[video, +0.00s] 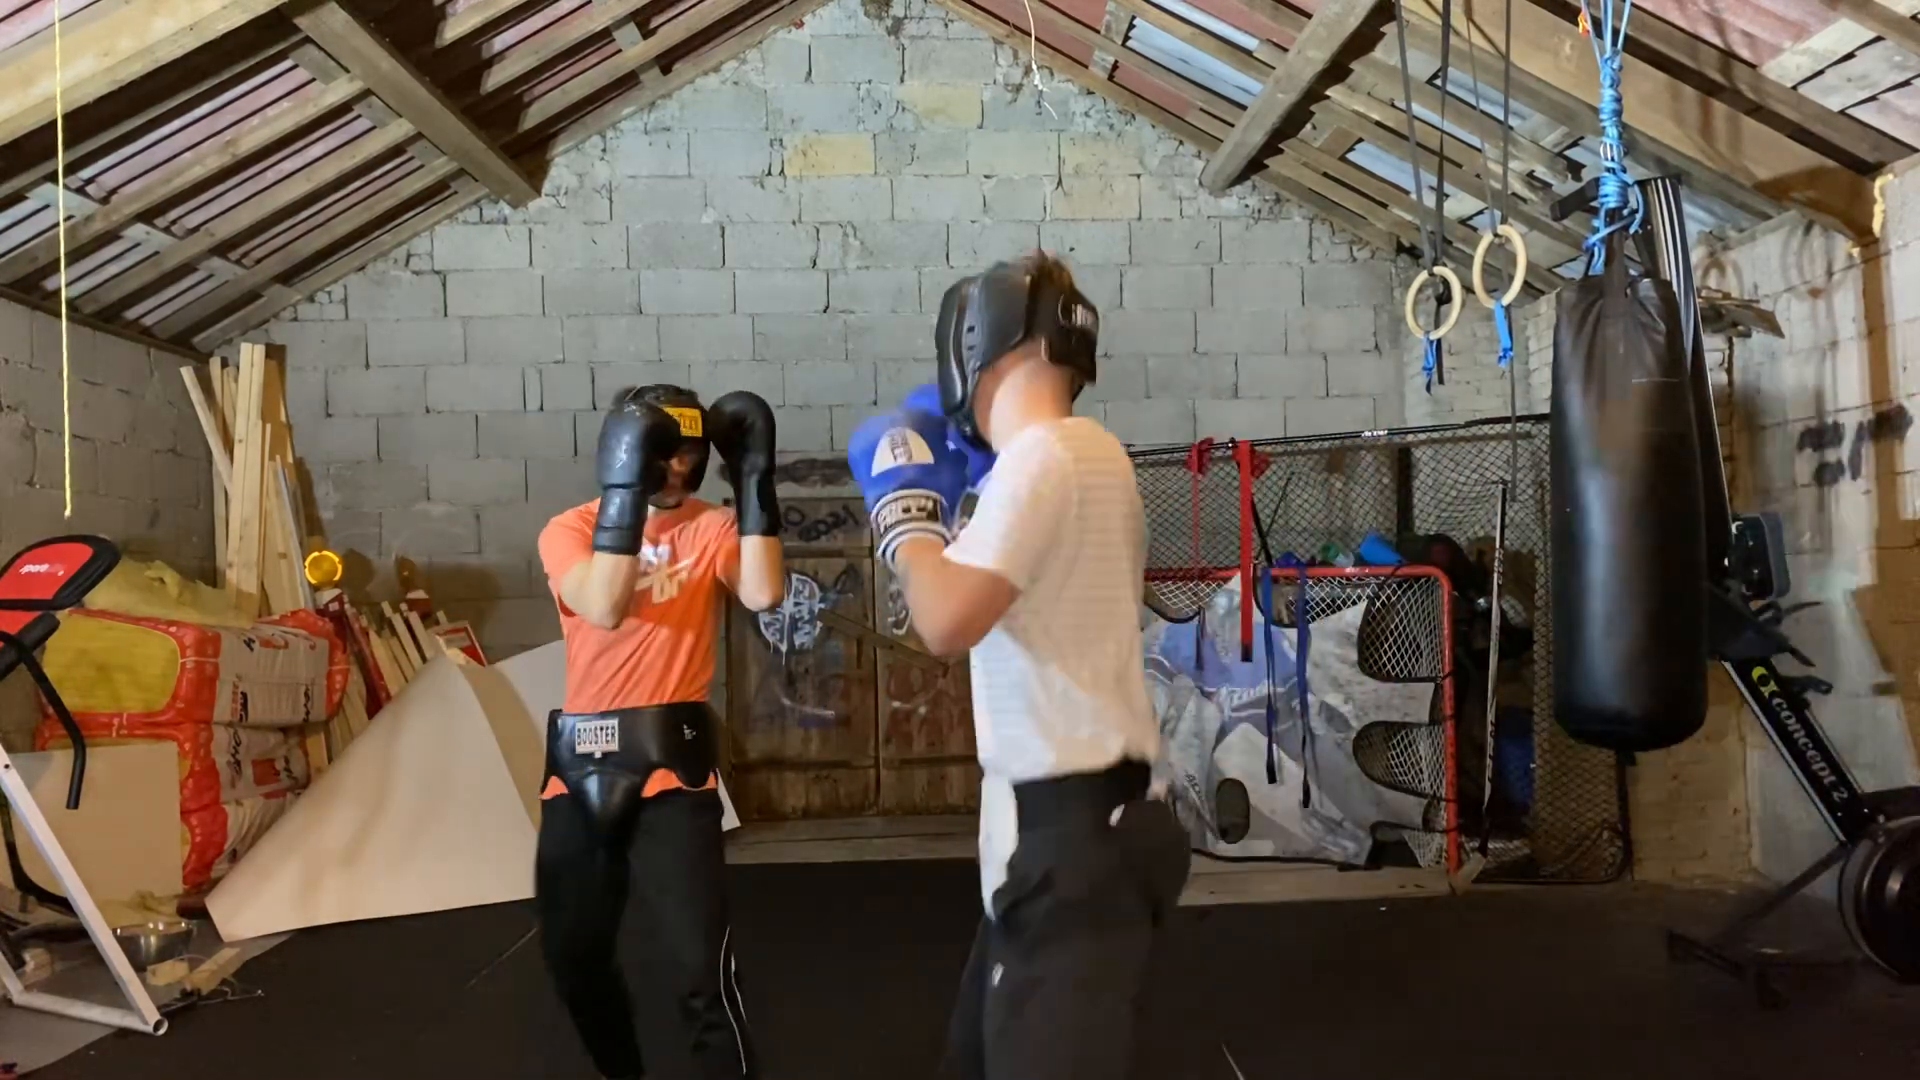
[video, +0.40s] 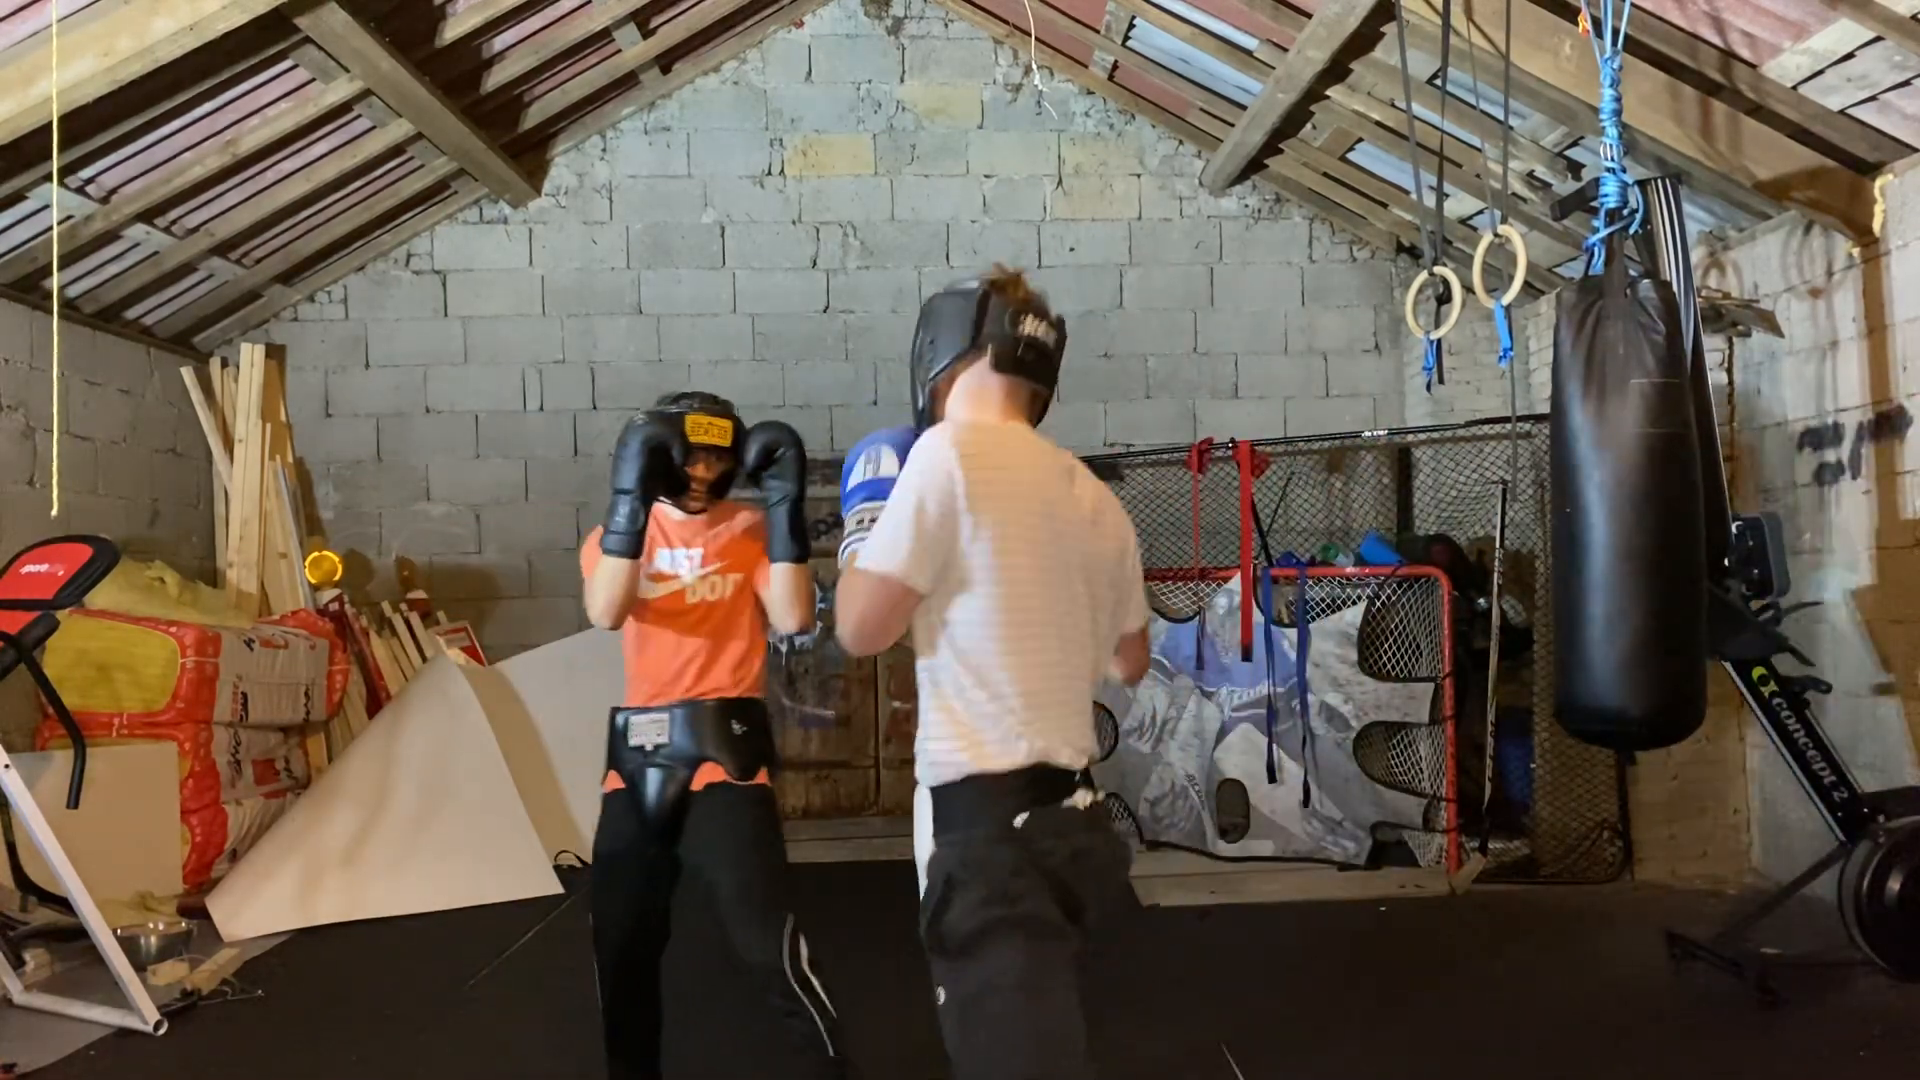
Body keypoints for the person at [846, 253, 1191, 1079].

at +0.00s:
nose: (953, 368)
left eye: (958, 345)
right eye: (952, 349)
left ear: (985, 343)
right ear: (1060, 348)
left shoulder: (1043, 461)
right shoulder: (1099, 456)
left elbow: (947, 620)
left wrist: (906, 513)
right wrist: (956, 505)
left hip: (1070, 829)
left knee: (1046, 1060)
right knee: (982, 1050)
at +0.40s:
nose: (924, 374)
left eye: (930, 354)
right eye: (927, 356)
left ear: (948, 355)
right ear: (1040, 378)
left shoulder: (947, 457)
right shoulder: (1098, 499)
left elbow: (862, 629)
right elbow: (1131, 659)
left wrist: (867, 521)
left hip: (983, 828)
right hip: (1081, 821)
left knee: (1018, 1059)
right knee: (1064, 1055)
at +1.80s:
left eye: (486, 452)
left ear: (494, 469)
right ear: (607, 445)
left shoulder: (500, 583)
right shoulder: (715, 542)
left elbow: (503, 766)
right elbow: (840, 659)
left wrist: (563, 707)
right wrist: (750, 660)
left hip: (675, 911)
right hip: (798, 872)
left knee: (591, 1067)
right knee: (773, 1063)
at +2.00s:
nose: (513, 431)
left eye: (513, 416)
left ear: (514, 429)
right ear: (624, 428)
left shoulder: (460, 534)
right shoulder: (703, 535)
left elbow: (455, 698)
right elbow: (794, 683)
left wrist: (536, 622)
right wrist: (725, 651)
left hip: (590, 870)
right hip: (725, 853)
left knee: (582, 1065)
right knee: (747, 1067)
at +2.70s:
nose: (457, 436)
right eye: (452, 422)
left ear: (348, 416)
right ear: (444, 427)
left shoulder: (273, 527)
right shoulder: (483, 517)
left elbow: (290, 655)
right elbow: (562, 643)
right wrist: (623, 621)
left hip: (359, 827)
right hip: (488, 814)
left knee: (308, 1050)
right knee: (579, 1015)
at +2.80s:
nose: (435, 421)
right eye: (431, 408)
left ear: (327, 407)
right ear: (421, 415)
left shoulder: (255, 519)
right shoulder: (460, 501)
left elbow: (283, 635)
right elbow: (530, 620)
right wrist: (611, 599)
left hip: (345, 807)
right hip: (467, 788)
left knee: (308, 1036)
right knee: (558, 992)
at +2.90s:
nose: (433, 434)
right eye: (429, 420)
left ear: (325, 420)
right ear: (419, 426)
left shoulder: (257, 529)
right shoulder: (454, 509)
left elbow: (298, 639)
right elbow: (532, 626)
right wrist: (607, 598)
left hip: (336, 813)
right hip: (458, 799)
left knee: (299, 1040)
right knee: (535, 1019)